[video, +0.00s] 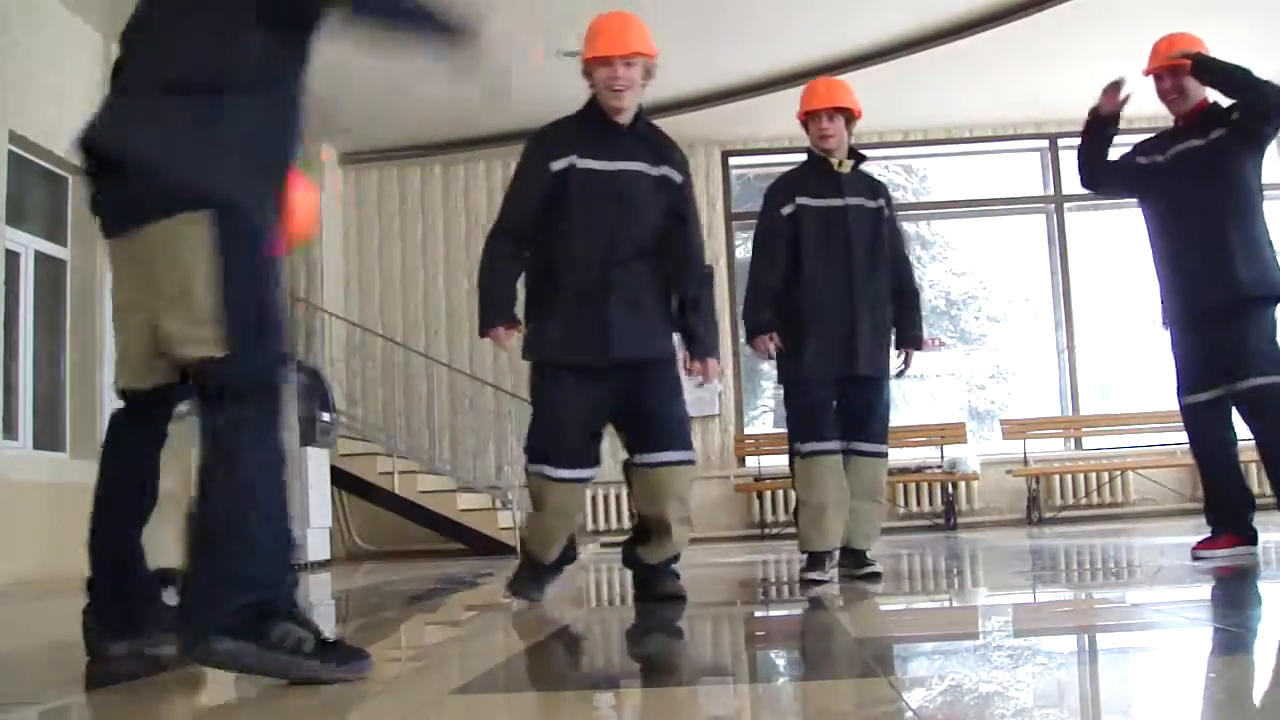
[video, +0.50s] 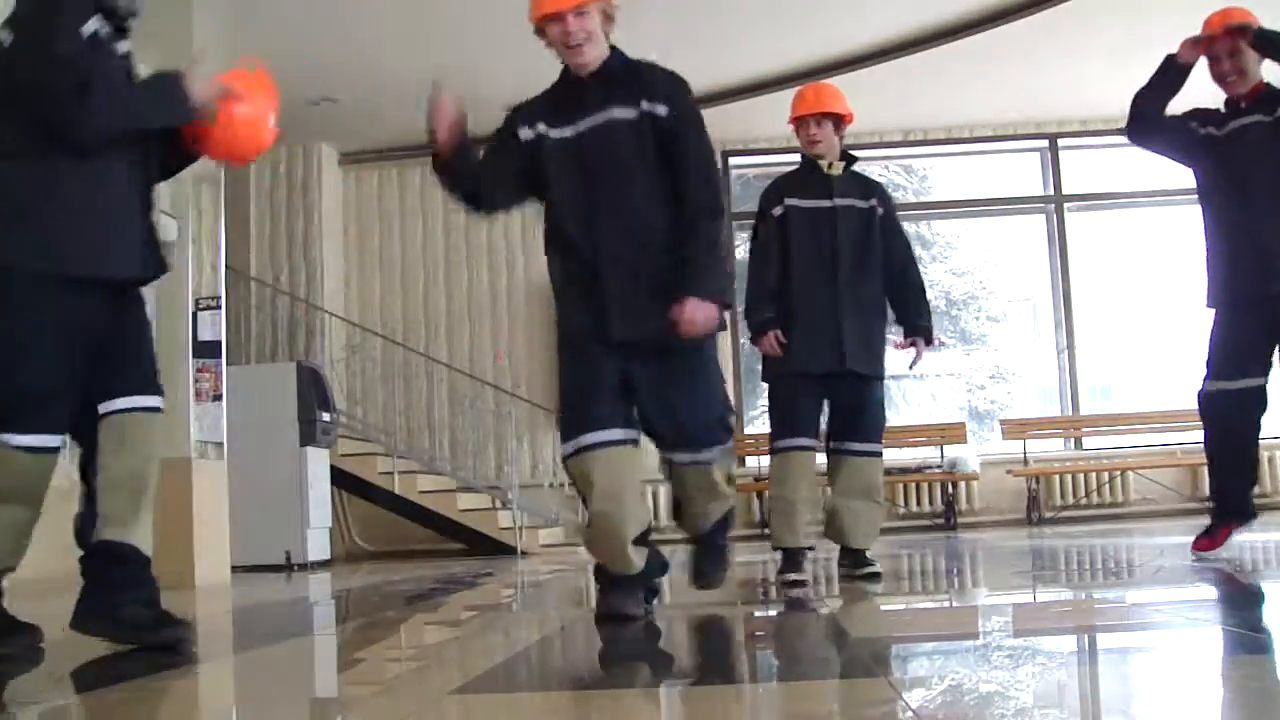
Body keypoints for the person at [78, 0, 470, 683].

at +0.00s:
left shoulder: (160, 17)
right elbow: (366, 4)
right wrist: (445, 28)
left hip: (127, 162)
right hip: (207, 165)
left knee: (145, 404)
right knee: (246, 393)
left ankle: (119, 624)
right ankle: (239, 613)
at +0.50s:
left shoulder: (100, 37)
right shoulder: (47, 17)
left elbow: (117, 167)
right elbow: (81, 117)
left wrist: (190, 135)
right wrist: (178, 93)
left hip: (106, 268)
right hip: (35, 264)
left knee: (131, 419)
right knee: (27, 439)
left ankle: (116, 590)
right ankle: (0, 602)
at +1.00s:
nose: (105, 61)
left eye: (108, 52)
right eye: (101, 48)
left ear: (72, 41)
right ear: (68, 39)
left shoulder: (59, 102)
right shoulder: (21, 91)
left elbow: (67, 201)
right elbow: (31, 183)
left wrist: (131, 181)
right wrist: (119, 170)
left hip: (45, 306)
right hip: (21, 305)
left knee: (28, 444)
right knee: (18, 443)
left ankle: (6, 586)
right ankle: (3, 589)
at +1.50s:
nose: (142, 94)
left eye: (143, 84)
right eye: (136, 83)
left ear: (99, 84)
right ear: (107, 81)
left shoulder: (69, 131)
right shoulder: (90, 131)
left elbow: (114, 232)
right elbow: (116, 212)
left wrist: (181, 217)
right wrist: (191, 181)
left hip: (46, 326)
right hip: (81, 328)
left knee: (28, 454)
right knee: (99, 457)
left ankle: (3, 585)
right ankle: (141, 584)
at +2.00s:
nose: (205, 122)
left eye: (208, 115)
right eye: (200, 111)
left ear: (190, 114)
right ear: (175, 105)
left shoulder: (178, 159)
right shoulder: (139, 145)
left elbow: (226, 224)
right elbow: (175, 186)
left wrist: (268, 174)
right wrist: (228, 147)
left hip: (175, 321)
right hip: (148, 319)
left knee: (185, 450)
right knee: (149, 453)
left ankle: (172, 577)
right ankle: (137, 585)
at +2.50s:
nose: (223, 149)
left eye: (229, 142)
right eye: (216, 138)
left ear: (234, 147)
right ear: (186, 133)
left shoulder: (235, 194)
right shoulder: (157, 175)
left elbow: (287, 208)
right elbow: (143, 148)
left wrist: (266, 146)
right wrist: (190, 103)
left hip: (226, 335)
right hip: (175, 329)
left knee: (225, 456)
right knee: (178, 453)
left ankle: (207, 573)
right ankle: (154, 573)